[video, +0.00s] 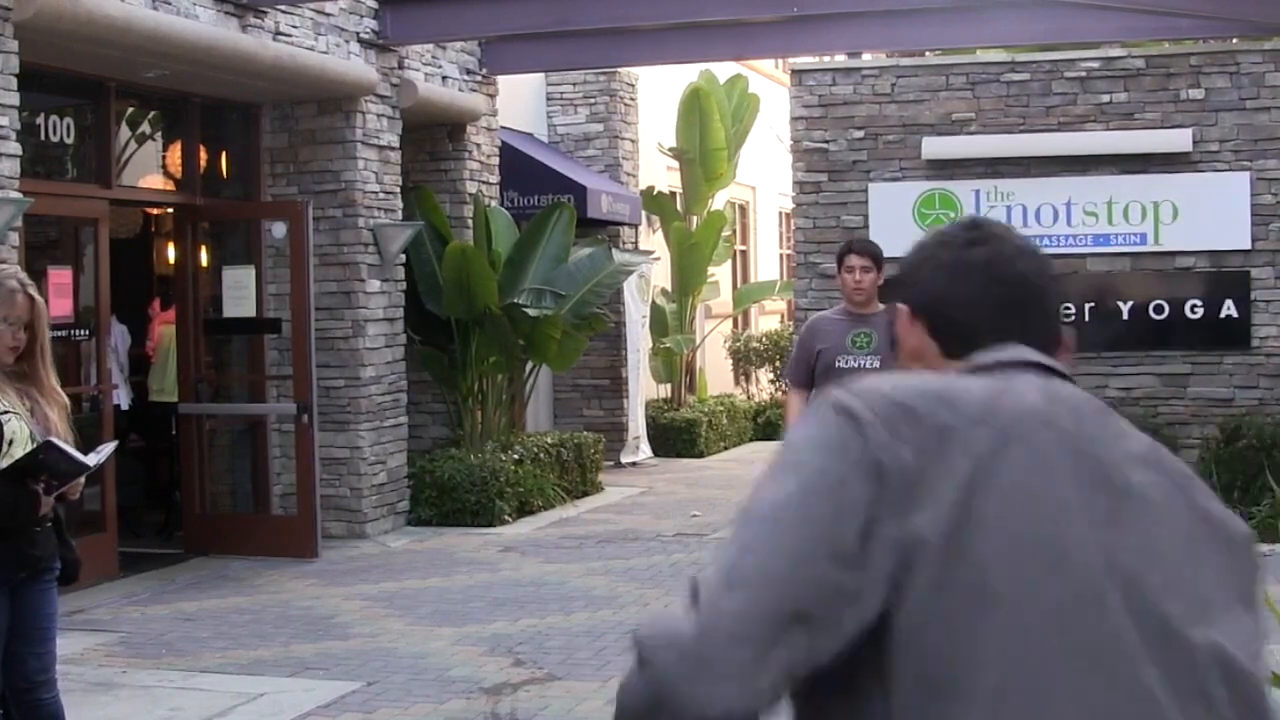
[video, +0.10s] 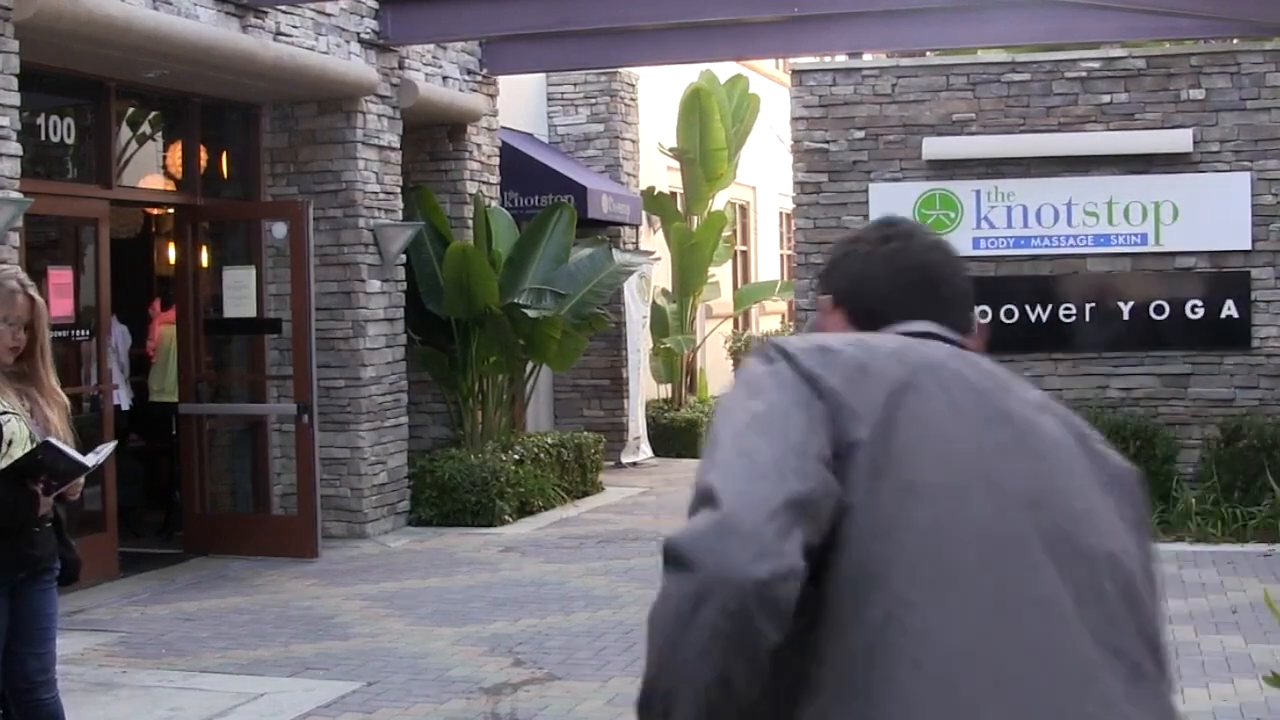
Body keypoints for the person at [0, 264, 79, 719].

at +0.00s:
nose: (16, 336)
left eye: (23, 326)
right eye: (7, 323)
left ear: (32, 330)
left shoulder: (41, 392)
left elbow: (63, 465)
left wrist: (69, 487)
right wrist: (29, 499)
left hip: (37, 561)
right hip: (3, 560)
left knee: (37, 690)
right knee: (12, 692)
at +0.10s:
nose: (15, 336)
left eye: (23, 326)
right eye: (6, 324)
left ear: (32, 330)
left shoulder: (41, 393)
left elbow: (62, 467)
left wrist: (70, 487)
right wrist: (27, 501)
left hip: (37, 562)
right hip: (3, 562)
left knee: (36, 690)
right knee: (12, 692)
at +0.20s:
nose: (15, 337)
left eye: (23, 326)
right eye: (6, 324)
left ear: (33, 330)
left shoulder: (41, 394)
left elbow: (64, 469)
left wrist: (70, 487)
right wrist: (27, 501)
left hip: (37, 563)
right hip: (3, 563)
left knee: (37, 692)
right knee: (11, 693)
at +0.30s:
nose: (14, 338)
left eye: (22, 328)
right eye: (5, 325)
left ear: (33, 331)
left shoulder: (41, 395)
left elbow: (60, 470)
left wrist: (69, 488)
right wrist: (22, 503)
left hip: (36, 564)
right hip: (4, 565)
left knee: (38, 695)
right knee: (14, 695)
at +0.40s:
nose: (14, 339)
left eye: (22, 328)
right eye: (5, 326)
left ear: (32, 332)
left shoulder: (41, 395)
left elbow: (61, 471)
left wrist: (70, 487)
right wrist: (21, 503)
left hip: (36, 565)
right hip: (2, 565)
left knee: (40, 698)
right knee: (14, 698)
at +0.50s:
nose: (12, 338)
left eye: (21, 328)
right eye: (4, 326)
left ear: (31, 332)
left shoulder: (42, 396)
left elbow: (61, 473)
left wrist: (69, 487)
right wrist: (25, 503)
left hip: (36, 566)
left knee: (41, 699)